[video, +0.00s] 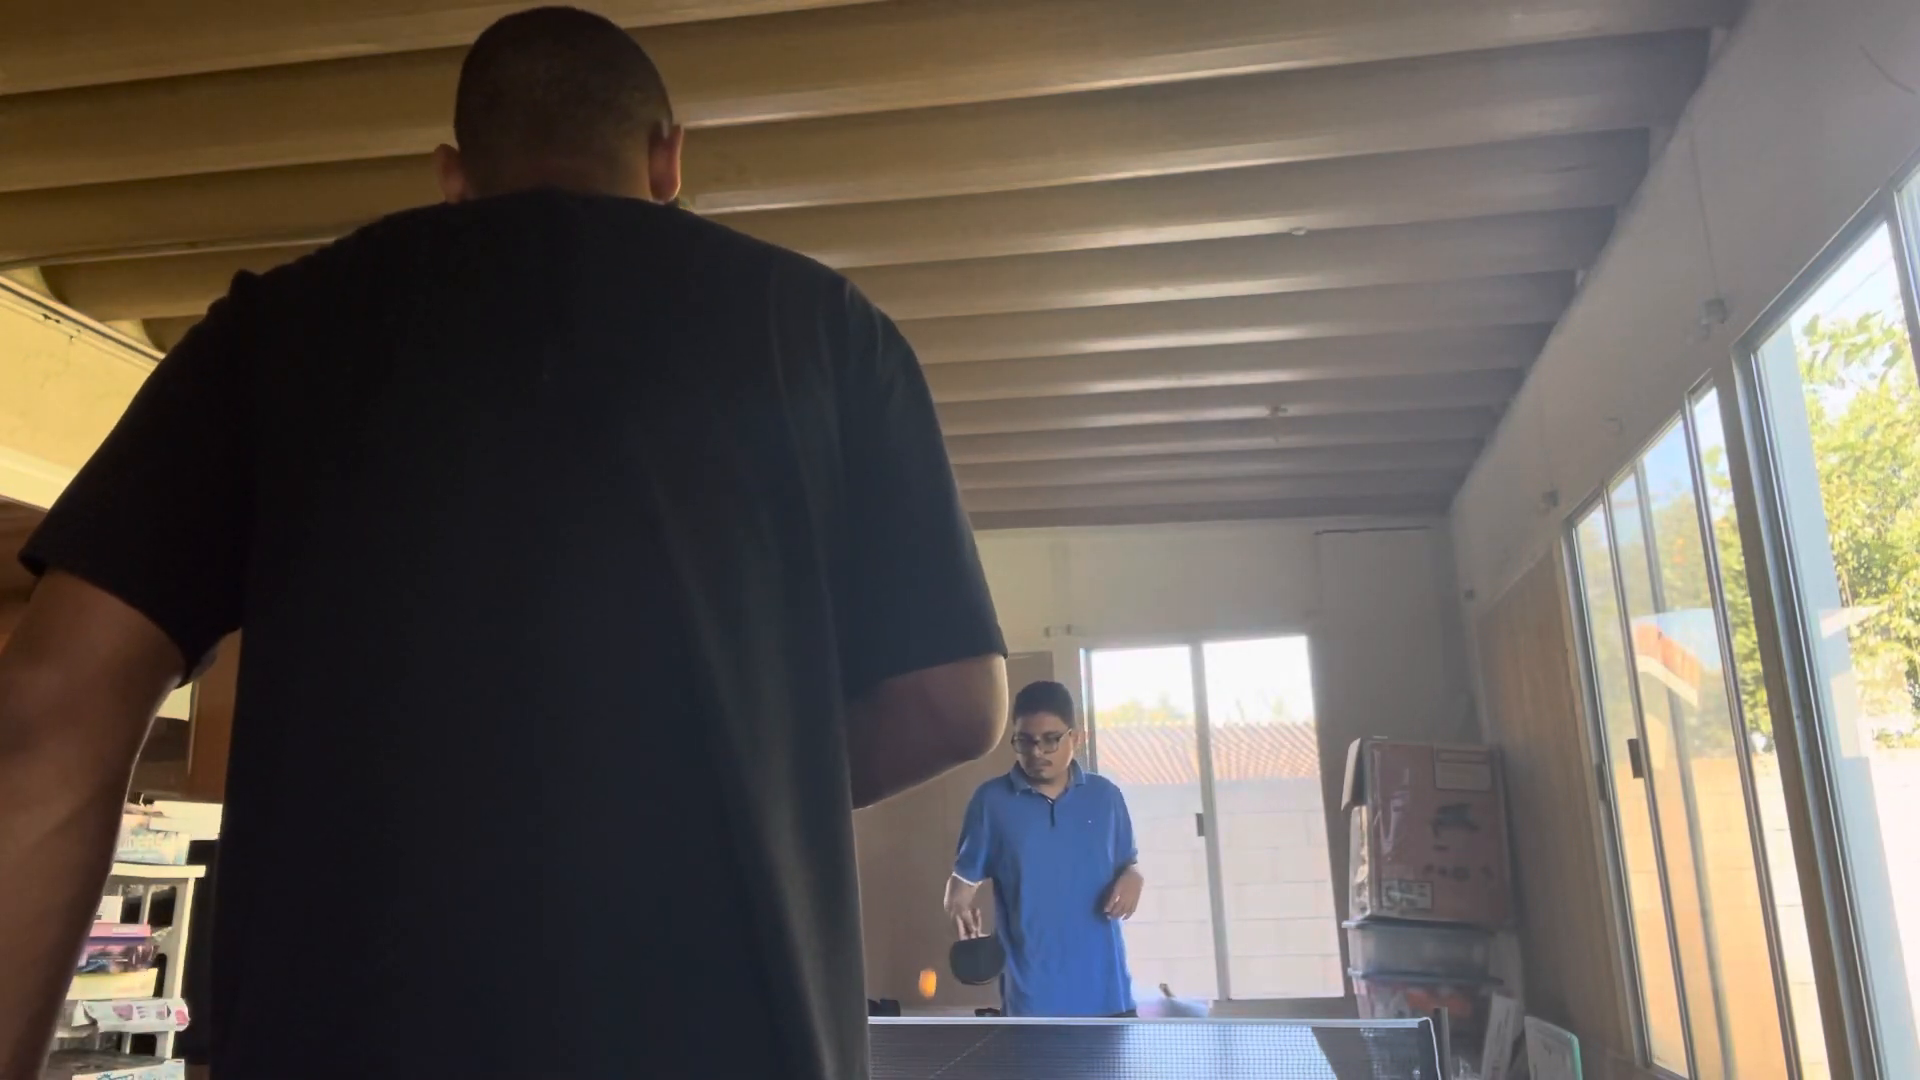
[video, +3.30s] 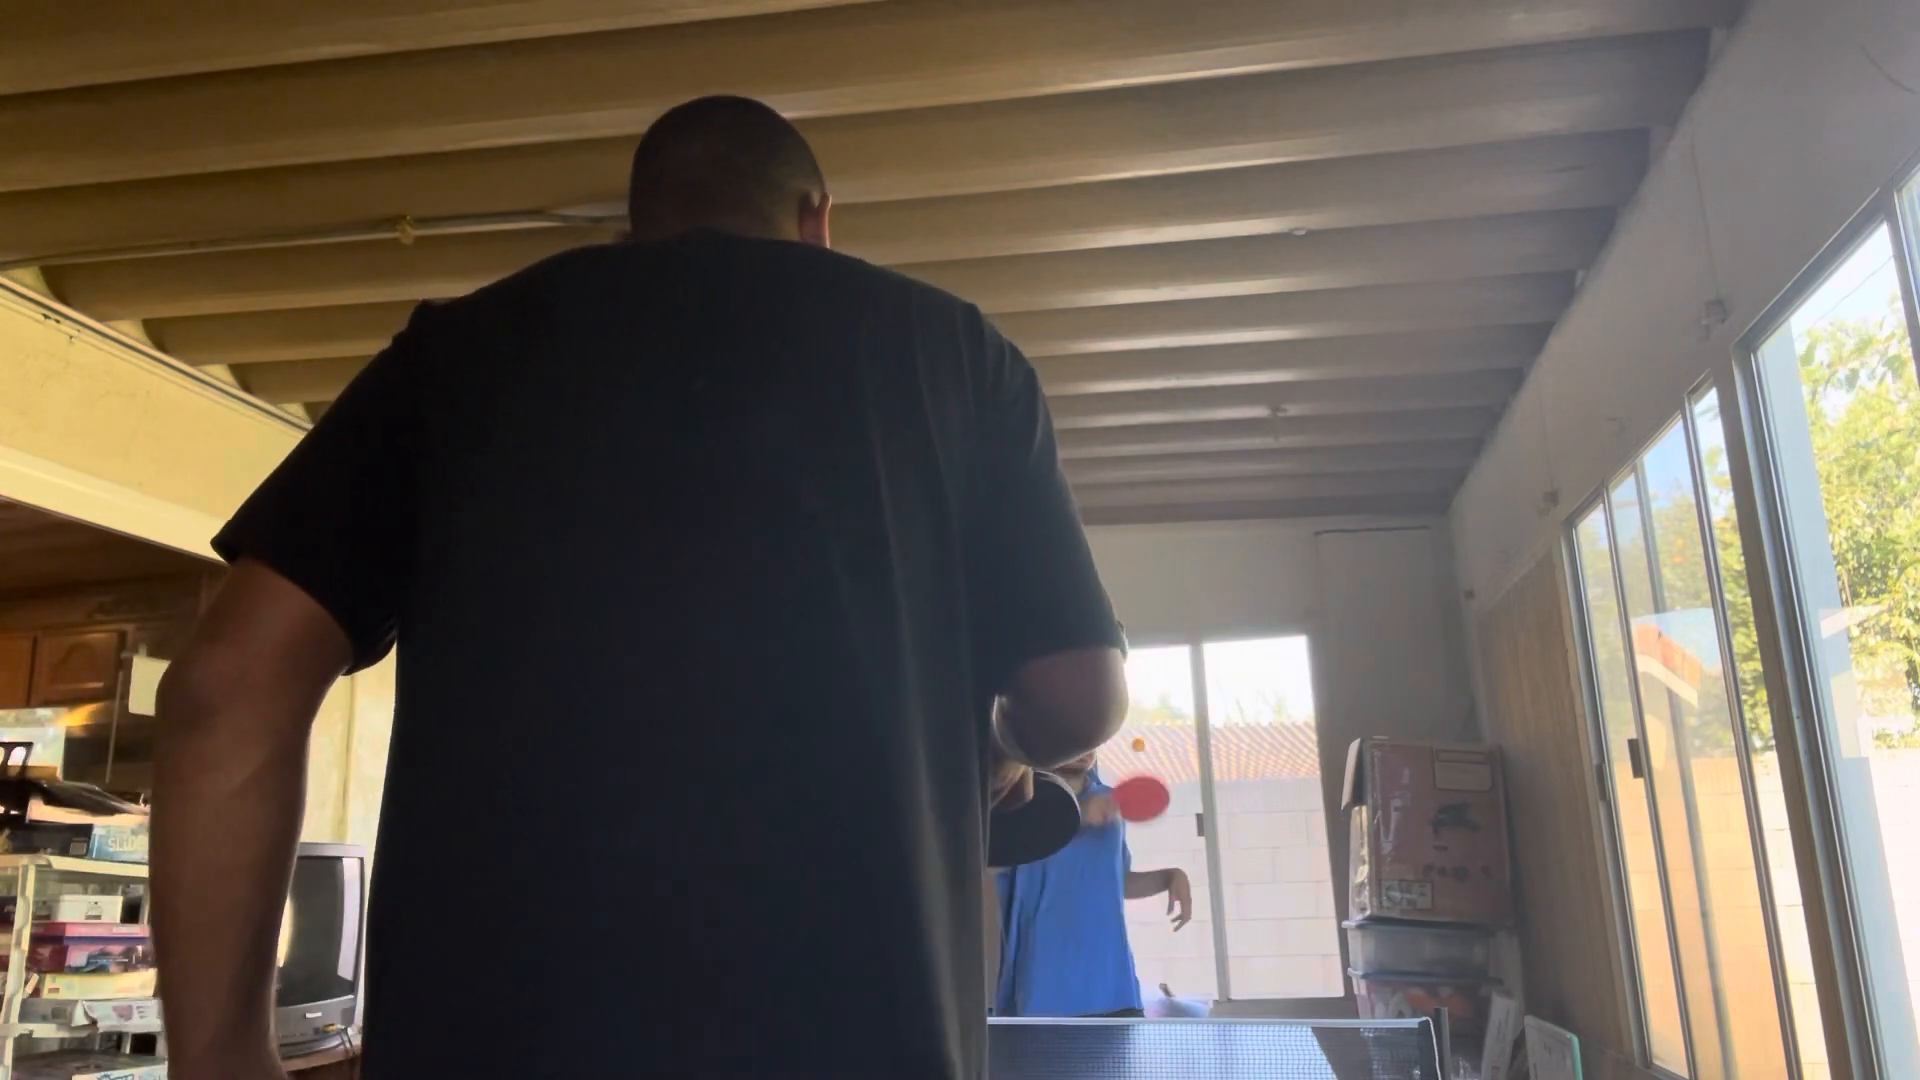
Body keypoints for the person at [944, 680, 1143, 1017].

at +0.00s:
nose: (1038, 752)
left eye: (1051, 739)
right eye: (1026, 740)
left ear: (1075, 739)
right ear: (1013, 740)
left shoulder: (1105, 797)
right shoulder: (992, 801)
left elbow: (1127, 864)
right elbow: (964, 880)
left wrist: (1133, 879)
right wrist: (960, 906)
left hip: (1105, 990)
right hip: (1032, 996)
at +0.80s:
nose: (1045, 746)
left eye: (1057, 734)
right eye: (1032, 736)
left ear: (1079, 736)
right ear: (1019, 738)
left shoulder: (1102, 801)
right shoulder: (996, 794)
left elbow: (1118, 879)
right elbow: (959, 877)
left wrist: (1137, 878)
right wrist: (986, 868)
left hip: (1100, 994)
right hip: (1023, 997)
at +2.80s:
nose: (1069, 746)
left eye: (1078, 737)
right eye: (1058, 736)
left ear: (1091, 742)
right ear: (1029, 736)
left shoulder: (1110, 800)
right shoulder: (1011, 796)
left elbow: (1124, 875)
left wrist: (1145, 878)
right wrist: (1036, 859)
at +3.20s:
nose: (1084, 755)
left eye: (1091, 744)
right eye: (1071, 744)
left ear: (1098, 746)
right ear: (1042, 746)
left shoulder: (1108, 801)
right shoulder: (1019, 799)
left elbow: (1114, 884)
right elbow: (985, 876)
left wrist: (1168, 878)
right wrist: (1071, 853)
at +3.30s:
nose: (1084, 746)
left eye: (1091, 736)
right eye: (1070, 736)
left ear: (1100, 739)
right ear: (1038, 737)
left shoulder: (1105, 801)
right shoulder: (1013, 800)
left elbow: (1118, 882)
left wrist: (1169, 876)